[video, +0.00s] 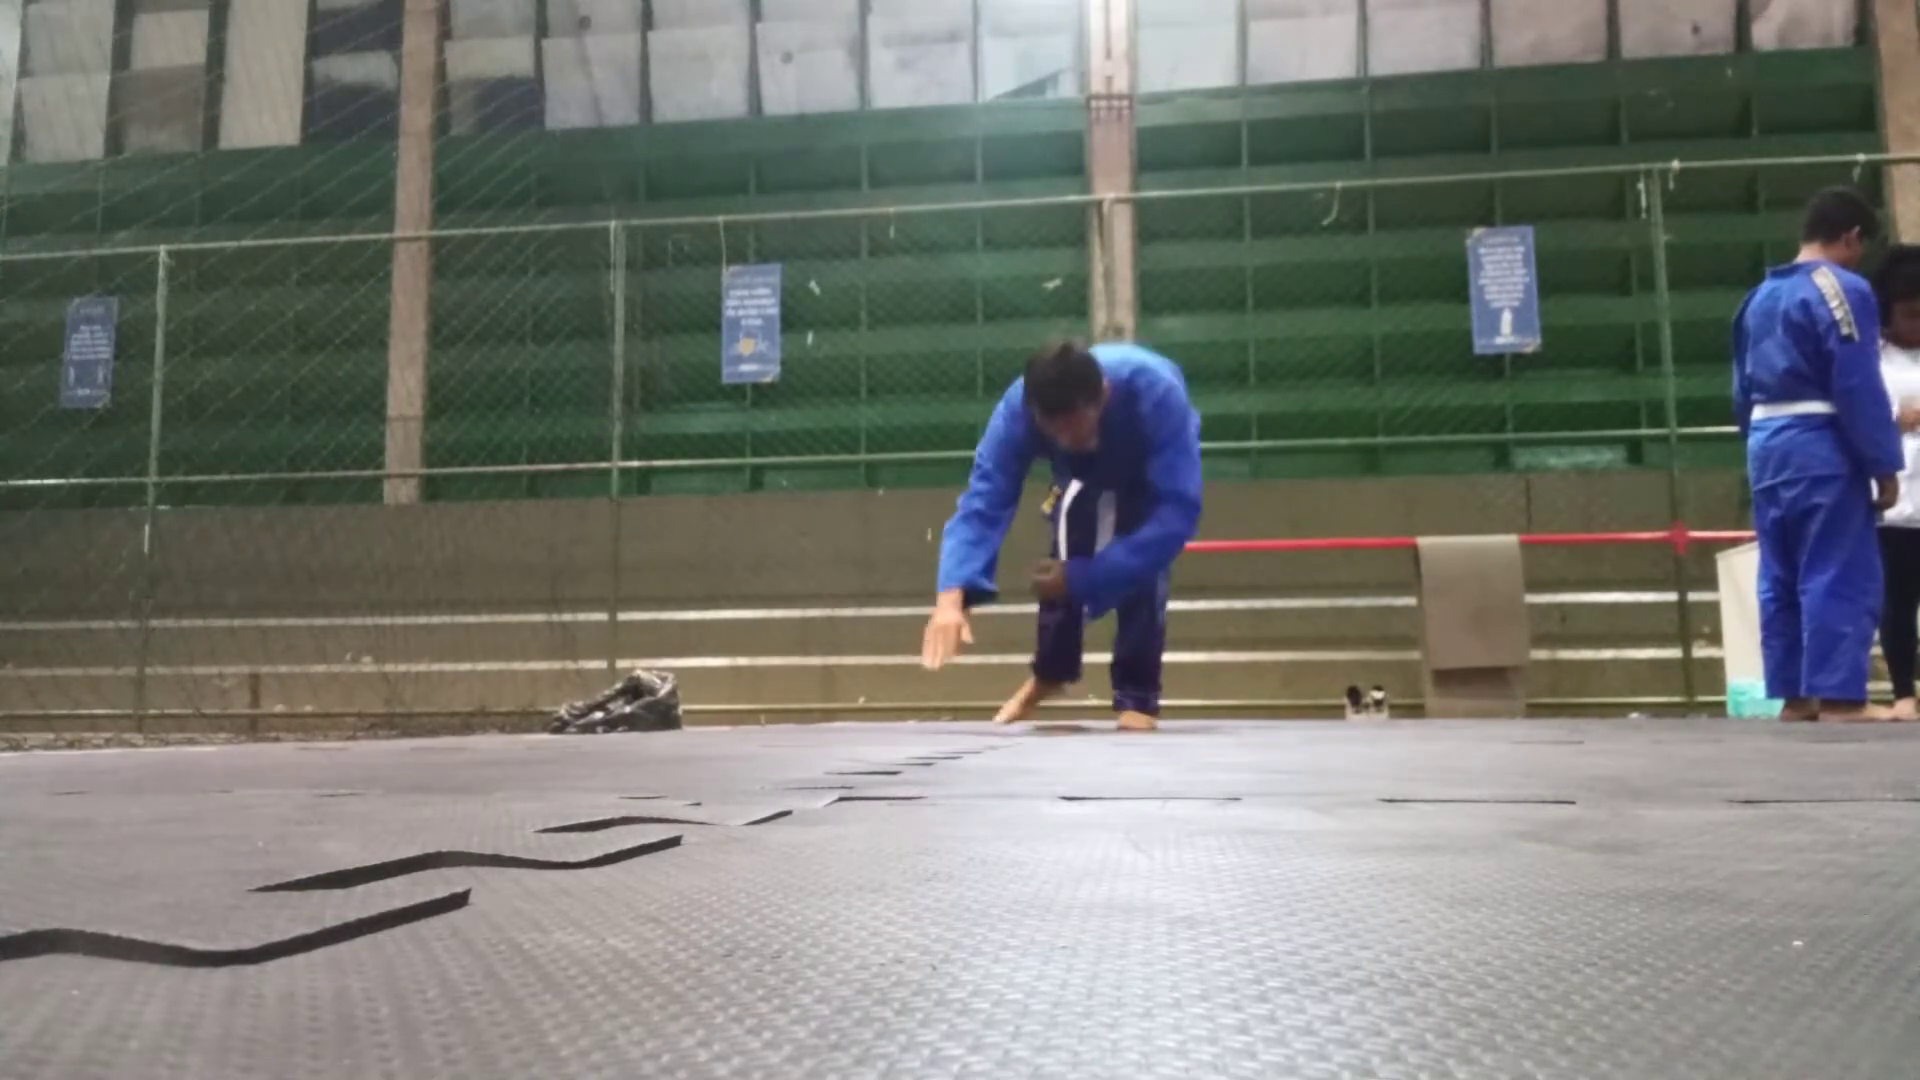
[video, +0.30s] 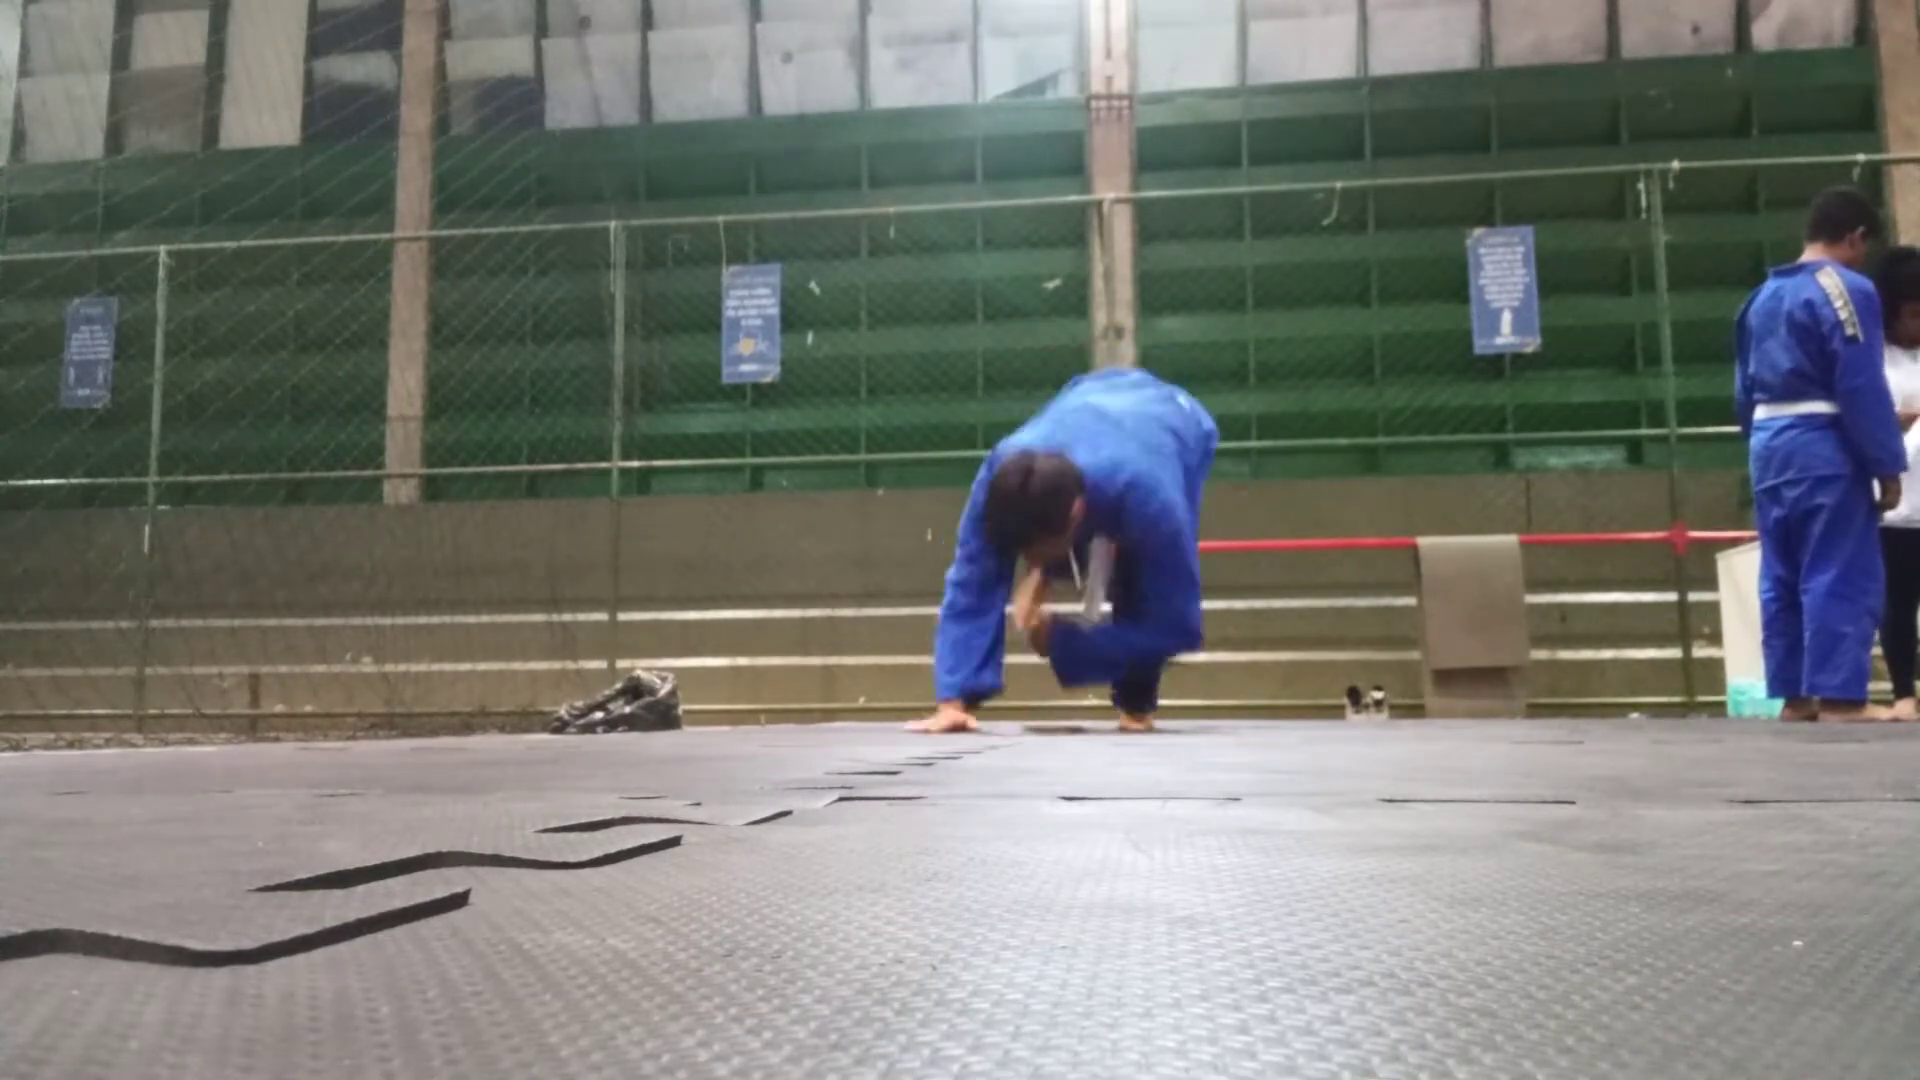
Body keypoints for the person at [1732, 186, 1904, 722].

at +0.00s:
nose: (1862, 254)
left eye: (1863, 246)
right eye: (1862, 244)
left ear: (1807, 234)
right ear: (1849, 237)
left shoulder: (1760, 296)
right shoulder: (1842, 290)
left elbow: (1744, 391)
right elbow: (1858, 387)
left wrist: (1765, 443)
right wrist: (1886, 467)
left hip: (1764, 440)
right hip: (1819, 438)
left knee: (1782, 574)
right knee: (1841, 570)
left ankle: (1794, 697)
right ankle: (1840, 699)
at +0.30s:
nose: (1865, 253)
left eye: (1867, 245)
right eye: (1866, 244)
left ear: (1811, 233)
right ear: (1853, 237)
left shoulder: (1763, 295)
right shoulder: (1846, 290)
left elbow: (1746, 392)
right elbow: (1861, 387)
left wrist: (1766, 443)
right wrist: (1889, 467)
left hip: (1767, 440)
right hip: (1822, 438)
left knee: (1783, 575)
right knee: (1841, 571)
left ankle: (1795, 697)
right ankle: (1840, 699)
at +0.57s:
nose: (1868, 252)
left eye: (1869, 244)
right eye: (1868, 243)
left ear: (1813, 233)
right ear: (1856, 236)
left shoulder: (1765, 294)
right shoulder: (1850, 290)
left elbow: (1748, 390)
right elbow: (1864, 387)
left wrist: (1767, 441)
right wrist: (1891, 468)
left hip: (1768, 440)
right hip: (1824, 439)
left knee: (1784, 574)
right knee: (1842, 571)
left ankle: (1795, 697)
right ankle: (1840, 699)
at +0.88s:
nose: (1870, 253)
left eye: (1871, 244)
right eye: (1869, 243)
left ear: (1814, 234)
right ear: (1857, 236)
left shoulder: (1766, 294)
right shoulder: (1852, 290)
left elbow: (1749, 390)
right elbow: (1867, 387)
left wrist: (1767, 442)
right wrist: (1893, 466)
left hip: (1769, 440)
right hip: (1826, 439)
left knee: (1785, 574)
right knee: (1843, 572)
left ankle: (1796, 696)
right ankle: (1840, 698)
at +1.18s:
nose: (1876, 260)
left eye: (1877, 248)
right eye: (1876, 247)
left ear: (1813, 233)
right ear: (1861, 235)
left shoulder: (1767, 294)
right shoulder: (1858, 290)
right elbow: (1884, 391)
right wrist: (1896, 471)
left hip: (1775, 471)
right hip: (1837, 469)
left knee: (1783, 598)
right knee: (1842, 597)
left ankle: (1786, 710)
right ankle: (1834, 713)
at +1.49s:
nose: (1872, 260)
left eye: (1874, 250)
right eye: (1874, 248)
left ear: (1815, 233)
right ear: (1859, 239)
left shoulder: (1761, 301)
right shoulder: (1857, 292)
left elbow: (1748, 386)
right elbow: (1878, 392)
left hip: (1776, 470)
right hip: (1837, 470)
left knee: (1781, 584)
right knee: (1842, 590)